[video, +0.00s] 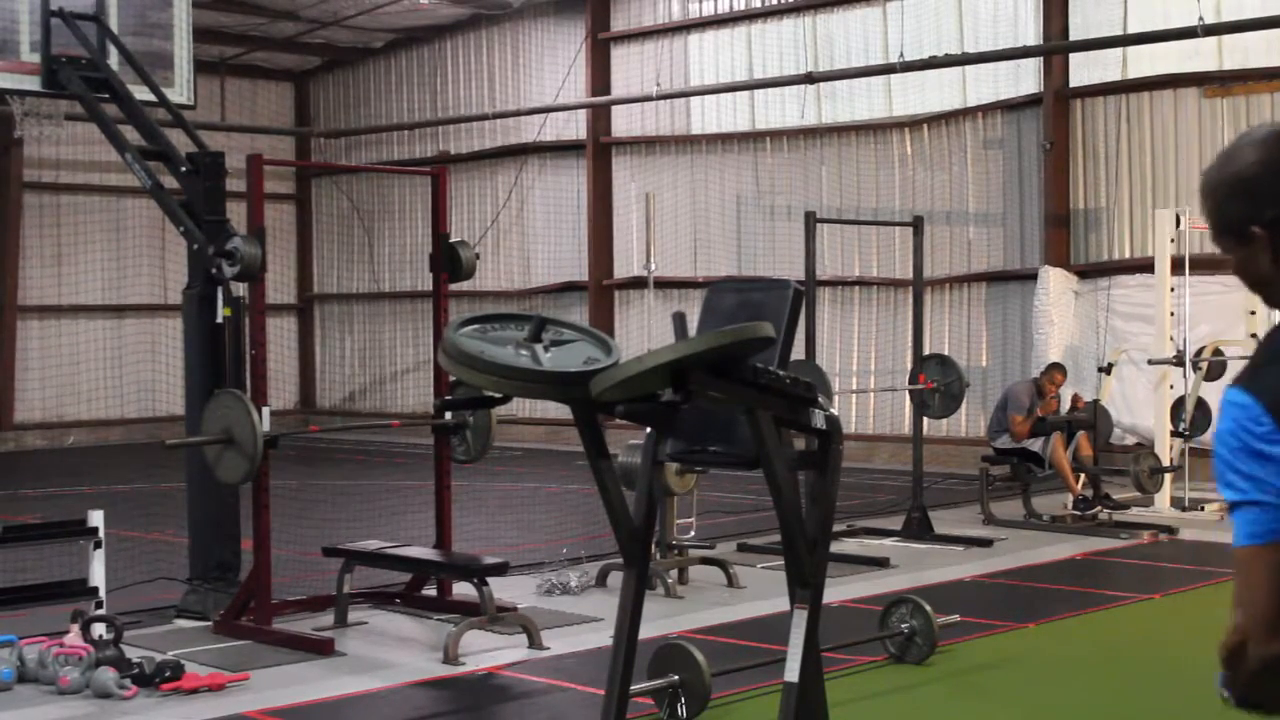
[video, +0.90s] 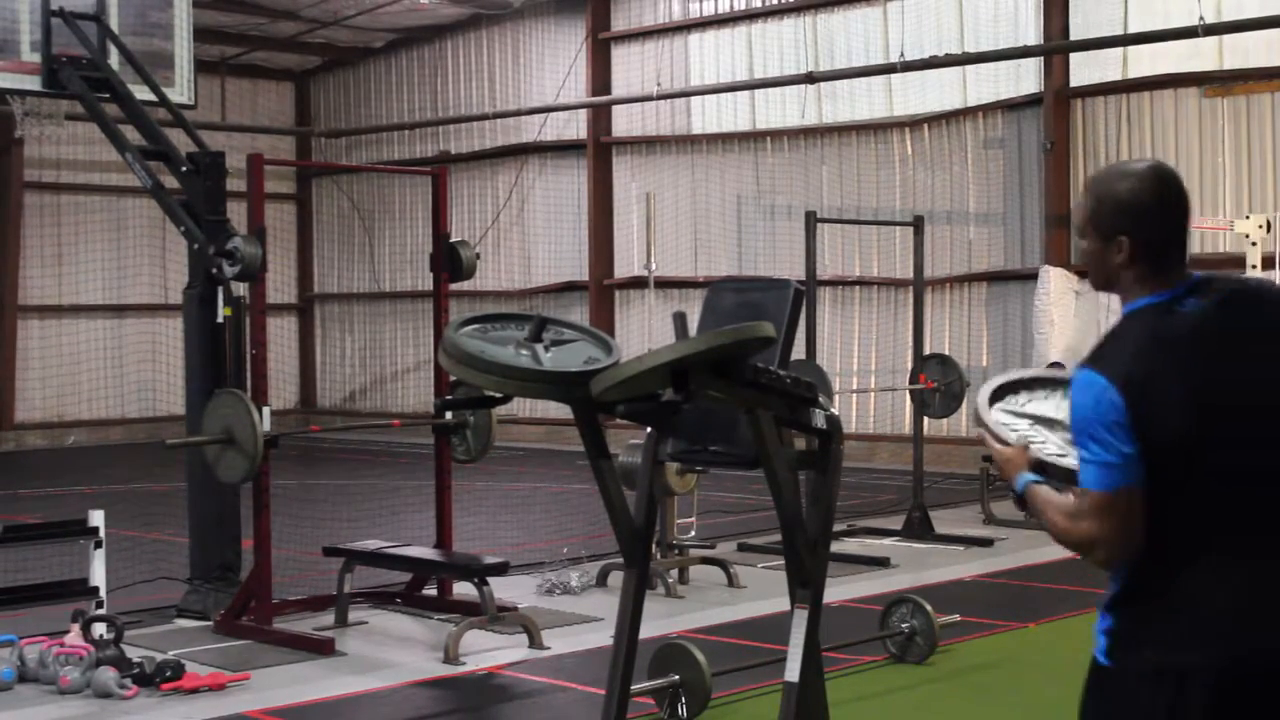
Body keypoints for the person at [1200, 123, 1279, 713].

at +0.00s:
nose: (1233, 270)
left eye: (1228, 249)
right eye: (1226, 250)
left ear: (1263, 240)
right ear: (1265, 239)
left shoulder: (1256, 402)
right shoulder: (1253, 403)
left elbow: (1264, 637)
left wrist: (1241, 681)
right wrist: (1245, 655)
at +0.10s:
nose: (1240, 261)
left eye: (1239, 246)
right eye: (1238, 245)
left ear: (1264, 248)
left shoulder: (1265, 403)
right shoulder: (1261, 403)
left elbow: (1273, 616)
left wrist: (1233, 652)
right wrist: (1240, 647)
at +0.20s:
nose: (1241, 279)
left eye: (1239, 265)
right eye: (1235, 266)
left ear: (1268, 258)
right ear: (1266, 255)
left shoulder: (1267, 414)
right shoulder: (1265, 408)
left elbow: (1275, 628)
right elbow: (1278, 497)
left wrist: (1229, 628)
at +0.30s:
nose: (1222, 286)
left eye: (1219, 271)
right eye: (1216, 271)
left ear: (1253, 273)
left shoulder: (1264, 418)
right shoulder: (1264, 401)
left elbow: (1272, 616)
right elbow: (1268, 500)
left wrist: (1217, 597)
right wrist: (1218, 565)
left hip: (1277, 683)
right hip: (1272, 679)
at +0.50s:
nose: (1167, 292)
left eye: (1166, 278)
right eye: (1162, 277)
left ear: (1197, 283)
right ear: (1260, 237)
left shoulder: (1216, 415)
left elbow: (1244, 593)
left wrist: (1145, 551)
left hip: (1253, 674)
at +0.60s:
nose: (1144, 285)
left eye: (1144, 272)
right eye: (1140, 272)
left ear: (1175, 278)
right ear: (1241, 239)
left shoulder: (1176, 410)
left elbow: (1183, 582)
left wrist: (1090, 527)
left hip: (1228, 667)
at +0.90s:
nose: (1076, 250)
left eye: (1081, 236)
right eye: (1076, 234)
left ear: (1122, 249)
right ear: (1180, 231)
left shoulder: (1109, 374)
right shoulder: (1262, 307)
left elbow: (1108, 541)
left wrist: (1023, 482)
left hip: (1155, 640)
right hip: (1264, 624)